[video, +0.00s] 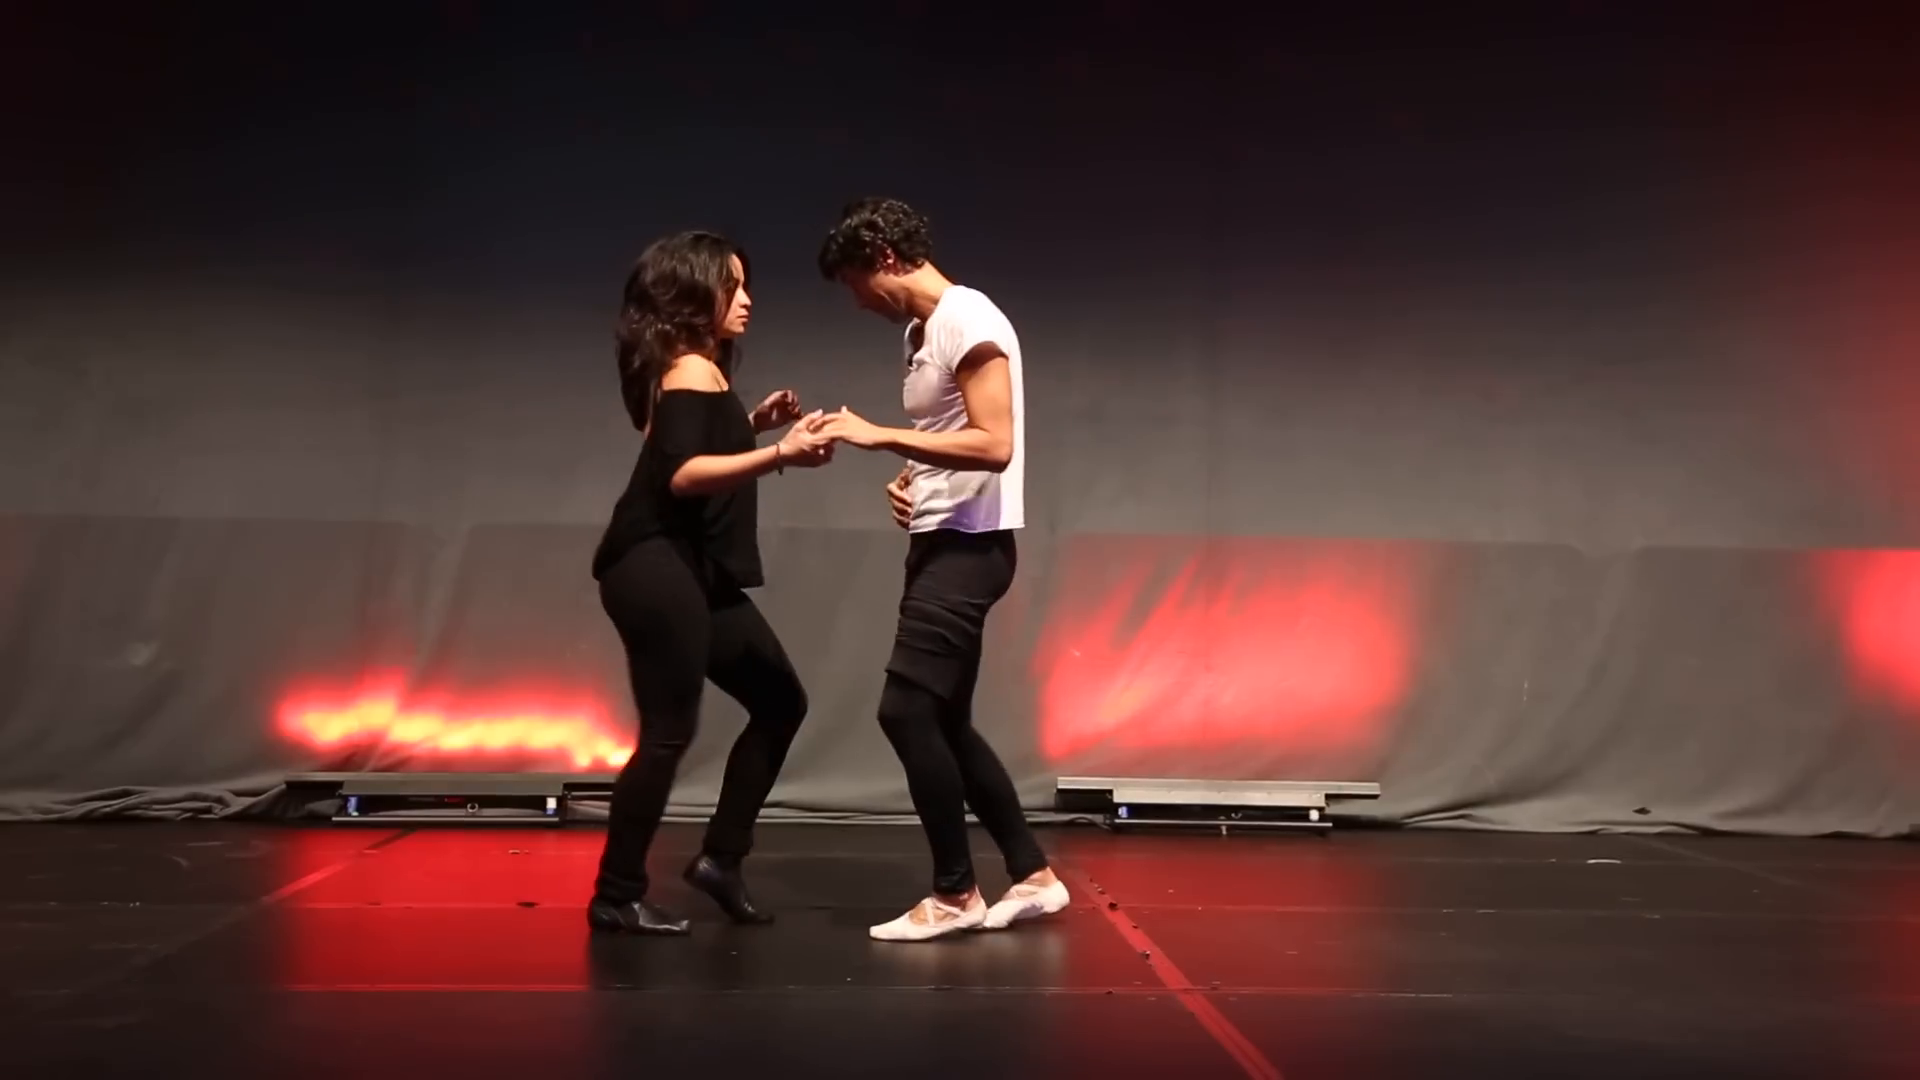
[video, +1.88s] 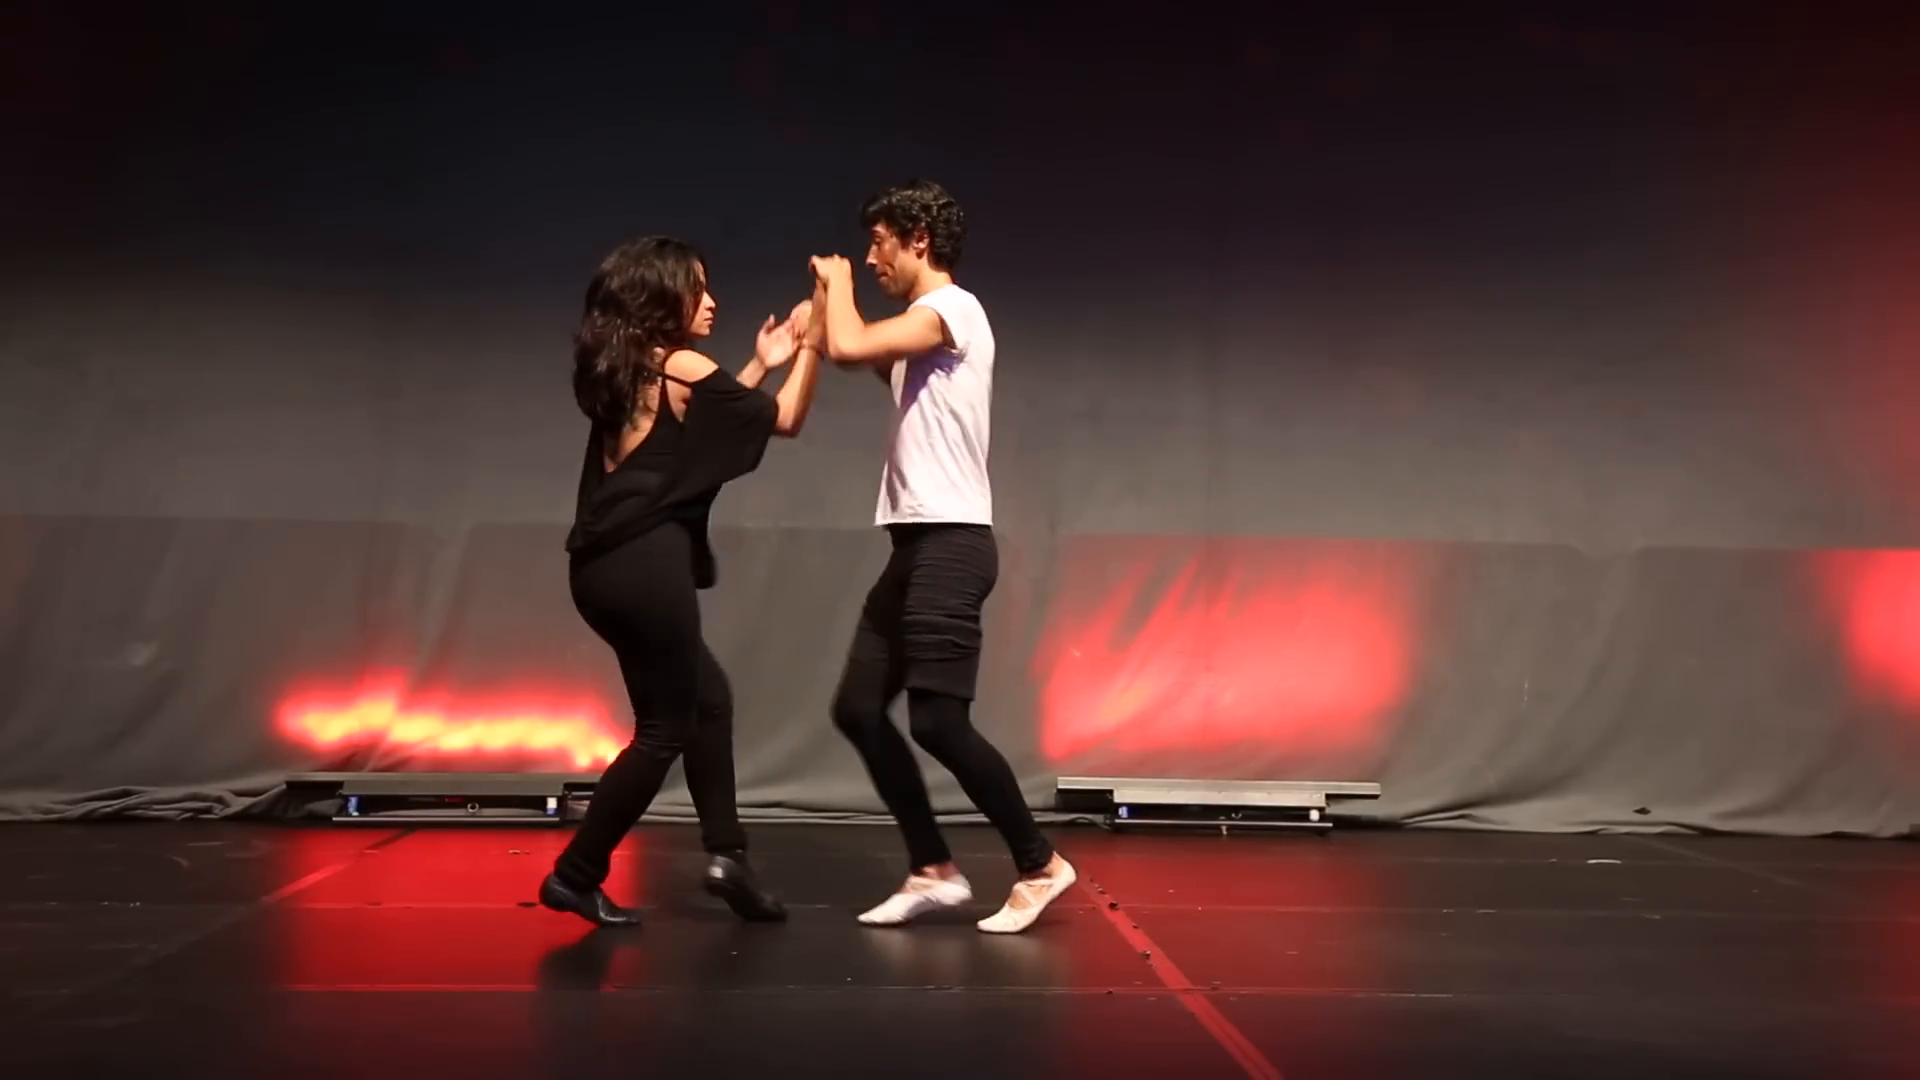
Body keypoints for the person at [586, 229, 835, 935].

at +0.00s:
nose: (745, 299)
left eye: (744, 286)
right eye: (733, 287)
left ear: (705, 302)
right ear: (696, 297)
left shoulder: (706, 371)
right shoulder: (689, 374)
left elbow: (695, 455)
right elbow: (682, 473)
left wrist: (755, 425)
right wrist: (777, 455)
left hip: (694, 575)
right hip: (654, 571)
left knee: (781, 704)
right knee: (667, 732)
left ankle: (721, 860)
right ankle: (616, 898)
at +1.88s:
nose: (710, 300)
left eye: (706, 288)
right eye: (699, 290)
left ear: (642, 302)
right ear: (666, 301)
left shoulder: (624, 366)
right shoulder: (684, 367)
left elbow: (705, 423)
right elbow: (786, 419)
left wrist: (761, 363)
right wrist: (812, 341)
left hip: (604, 570)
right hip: (648, 571)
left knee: (710, 699)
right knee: (664, 730)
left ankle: (726, 856)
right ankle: (576, 875)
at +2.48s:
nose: (697, 276)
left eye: (715, 273)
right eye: (690, 260)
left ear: (738, 297)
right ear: (666, 278)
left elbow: (708, 300)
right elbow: (612, 266)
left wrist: (715, 216)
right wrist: (688, 202)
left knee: (721, 727)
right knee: (612, 726)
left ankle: (726, 871)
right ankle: (672, 879)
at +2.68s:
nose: (643, 279)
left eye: (655, 271)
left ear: (670, 276)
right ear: (738, 280)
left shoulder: (652, 342)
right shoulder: (733, 347)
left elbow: (608, 286)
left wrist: (686, 250)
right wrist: (712, 223)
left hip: (655, 542)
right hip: (713, 544)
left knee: (595, 714)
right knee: (659, 719)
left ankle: (714, 821)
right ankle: (675, 890)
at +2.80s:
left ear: (644, 288)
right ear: (729, 292)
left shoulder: (616, 359)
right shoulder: (742, 369)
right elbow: (788, 434)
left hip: (628, 547)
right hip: (710, 552)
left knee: (623, 706)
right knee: (674, 730)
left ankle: (607, 814)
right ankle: (635, 899)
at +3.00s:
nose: (719, 291)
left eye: (714, 278)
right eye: (705, 279)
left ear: (661, 298)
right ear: (666, 295)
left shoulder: (647, 365)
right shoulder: (690, 368)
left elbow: (726, 338)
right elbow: (783, 385)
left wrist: (760, 327)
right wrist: (795, 293)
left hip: (645, 565)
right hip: (659, 572)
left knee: (745, 699)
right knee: (640, 737)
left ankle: (674, 843)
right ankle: (579, 891)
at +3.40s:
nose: (801, 300)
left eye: (796, 287)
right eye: (789, 287)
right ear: (759, 304)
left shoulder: (804, 369)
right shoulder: (754, 381)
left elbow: (882, 347)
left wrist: (863, 266)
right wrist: (849, 258)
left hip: (806, 578)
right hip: (761, 578)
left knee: (832, 736)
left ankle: (770, 890)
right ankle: (689, 829)